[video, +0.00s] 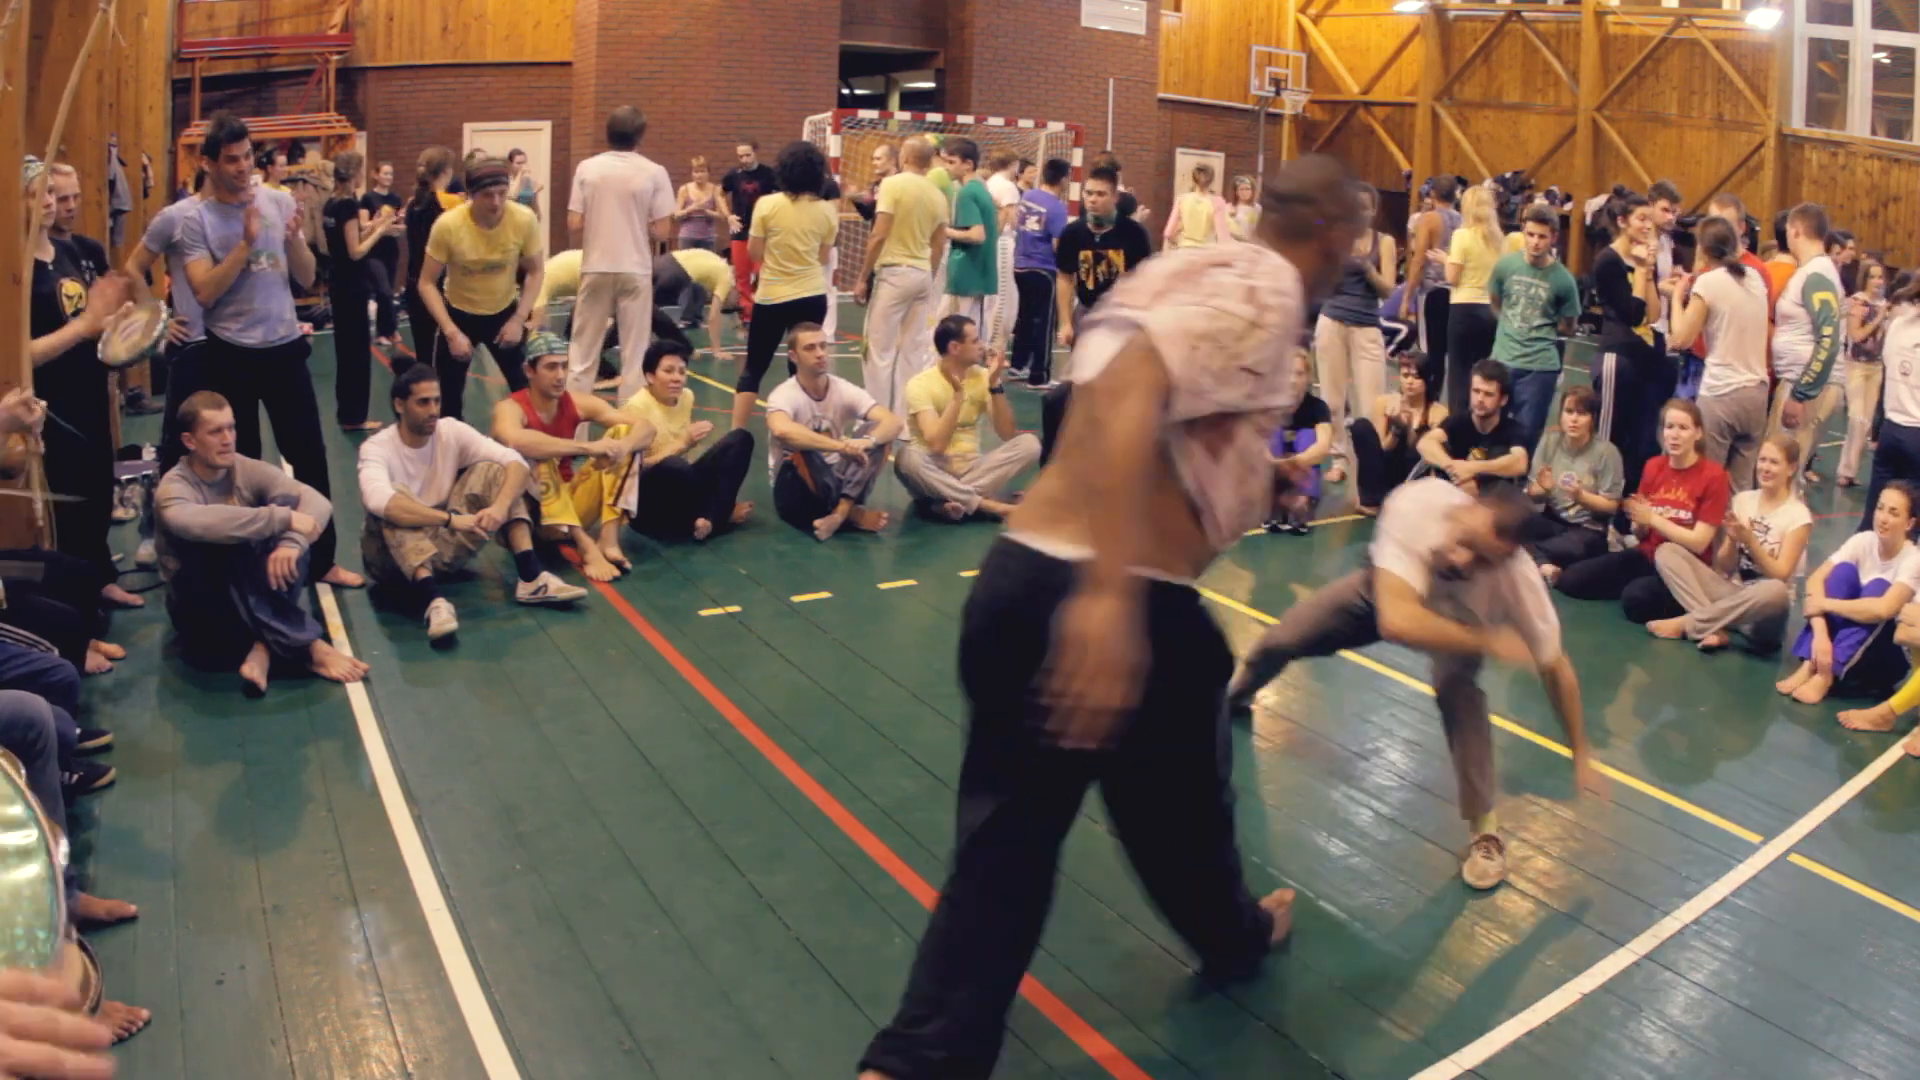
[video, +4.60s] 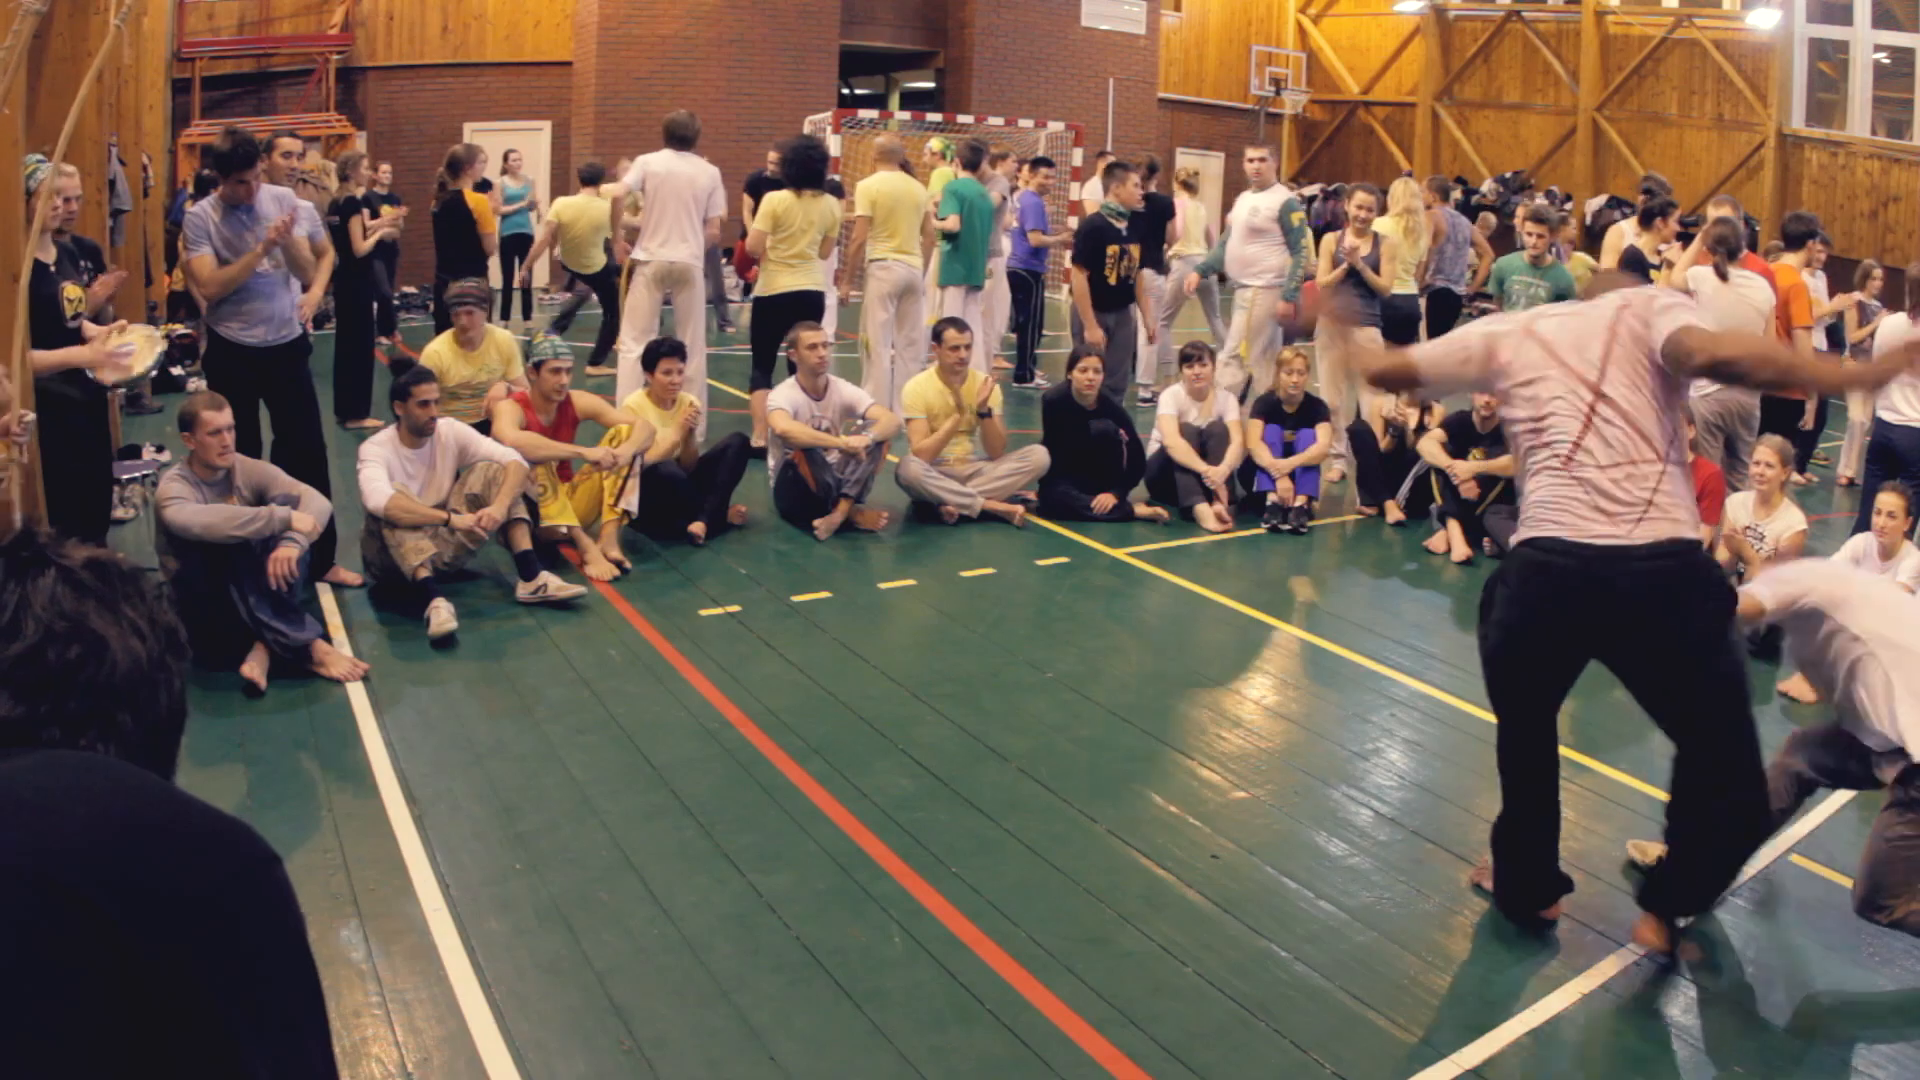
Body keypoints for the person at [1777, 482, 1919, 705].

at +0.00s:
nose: (1883, 518)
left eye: (1893, 513)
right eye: (1880, 508)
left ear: (1909, 523)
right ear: (1874, 510)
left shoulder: (1913, 558)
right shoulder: (1862, 541)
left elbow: (1885, 610)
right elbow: (1814, 580)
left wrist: (1823, 604)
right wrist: (1821, 637)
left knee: (1877, 586)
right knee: (1844, 570)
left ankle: (1825, 675)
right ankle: (1809, 665)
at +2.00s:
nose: (1877, 522)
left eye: (1887, 516)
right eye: (1874, 513)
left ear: (1906, 524)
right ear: (1869, 513)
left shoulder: (1912, 559)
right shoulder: (1860, 542)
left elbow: (1885, 610)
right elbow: (1814, 581)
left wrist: (1823, 604)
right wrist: (1820, 638)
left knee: (1877, 587)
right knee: (1843, 572)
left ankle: (1823, 676)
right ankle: (1807, 666)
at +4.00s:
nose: (1878, 522)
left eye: (1888, 516)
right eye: (1875, 513)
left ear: (1906, 524)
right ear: (1870, 513)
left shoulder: (1913, 558)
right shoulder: (1861, 542)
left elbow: (1885, 611)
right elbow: (1816, 580)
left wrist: (1826, 605)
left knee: (1877, 587)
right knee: (1843, 573)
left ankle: (1828, 673)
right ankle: (1816, 663)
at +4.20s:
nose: (1879, 523)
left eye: (1889, 516)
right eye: (1876, 513)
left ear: (1906, 524)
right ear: (1871, 515)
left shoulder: (1913, 558)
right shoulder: (1860, 541)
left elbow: (1888, 606)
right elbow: (1817, 579)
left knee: (1877, 586)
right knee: (1845, 572)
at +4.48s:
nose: (1880, 524)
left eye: (1891, 516)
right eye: (1877, 513)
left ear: (1907, 523)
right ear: (1871, 515)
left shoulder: (1912, 558)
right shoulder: (1860, 541)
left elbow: (1888, 606)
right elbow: (1814, 581)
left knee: (1876, 586)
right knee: (1844, 572)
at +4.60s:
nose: (1881, 523)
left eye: (1891, 516)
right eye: (1877, 513)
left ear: (1907, 524)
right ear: (1871, 515)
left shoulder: (1913, 560)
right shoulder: (1860, 543)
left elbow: (1890, 605)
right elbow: (1826, 575)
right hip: (1853, 620)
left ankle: (1817, 678)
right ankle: (1809, 673)